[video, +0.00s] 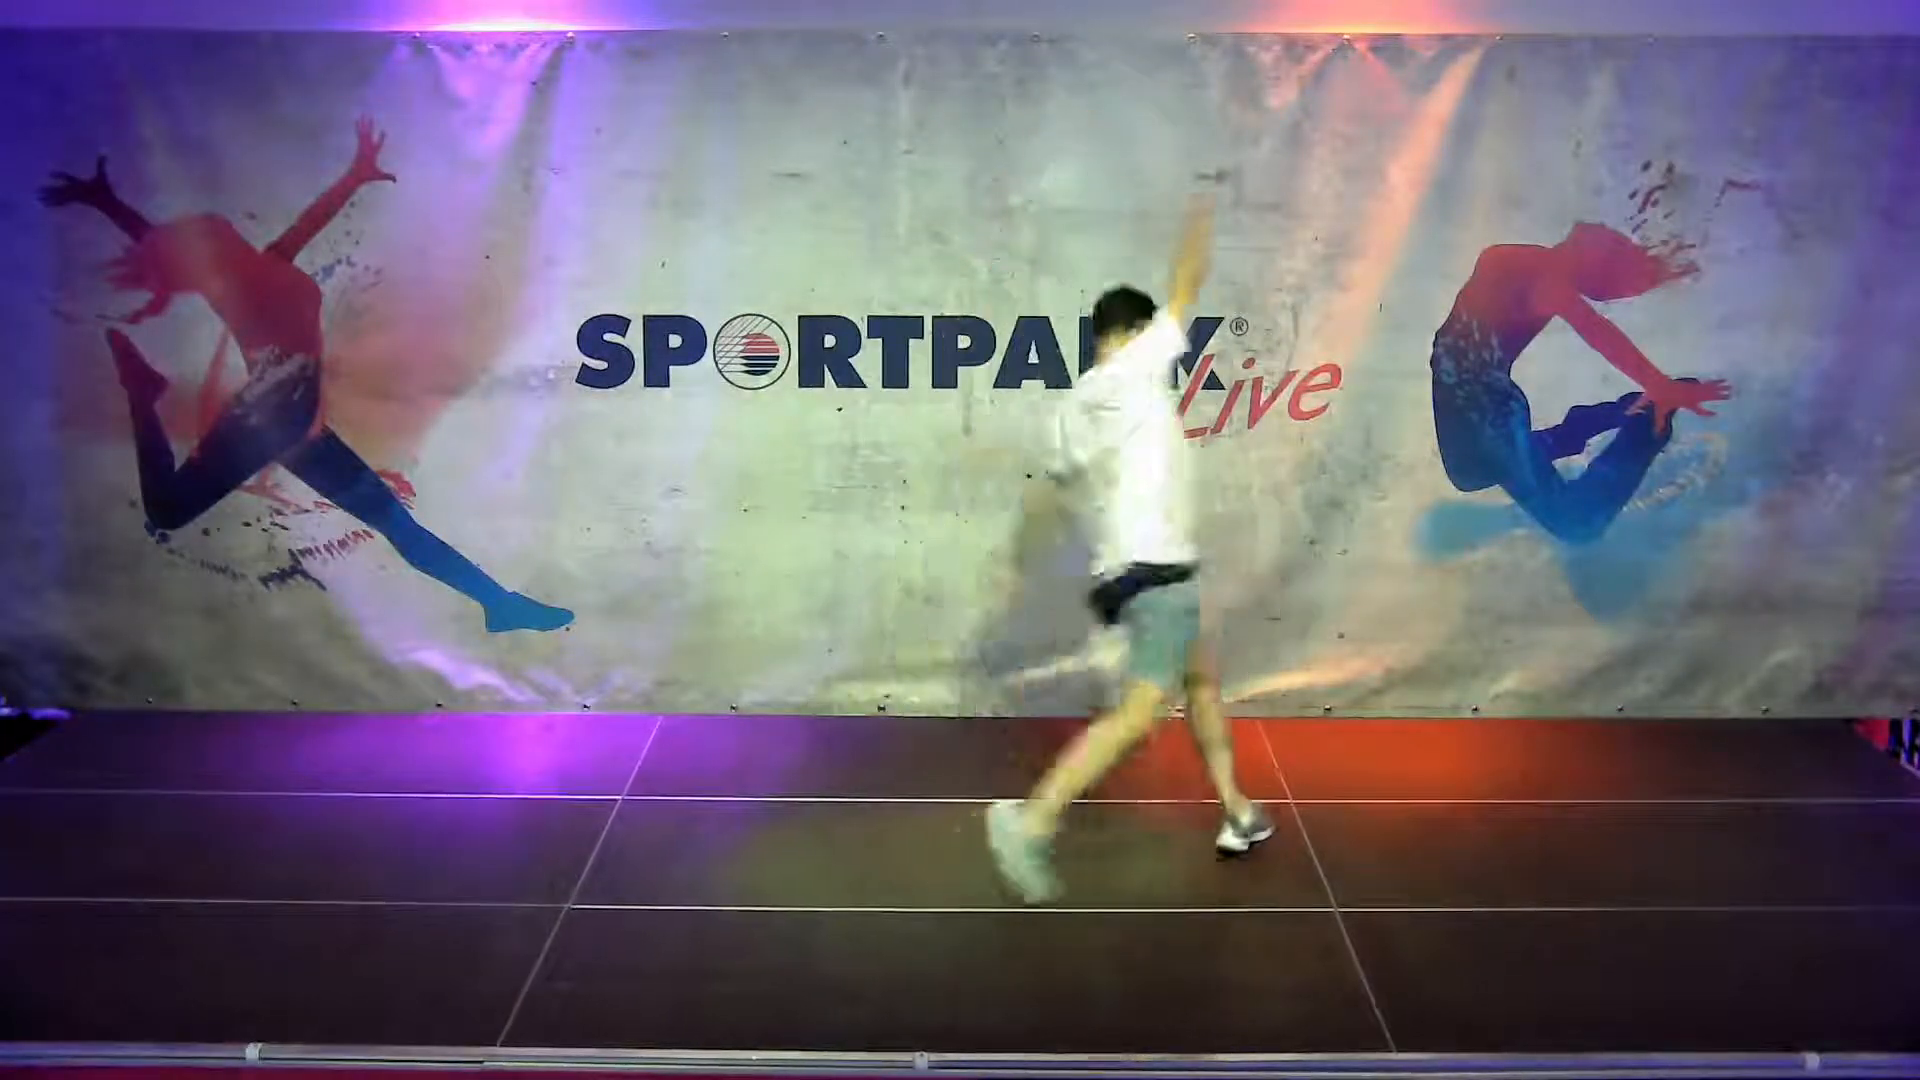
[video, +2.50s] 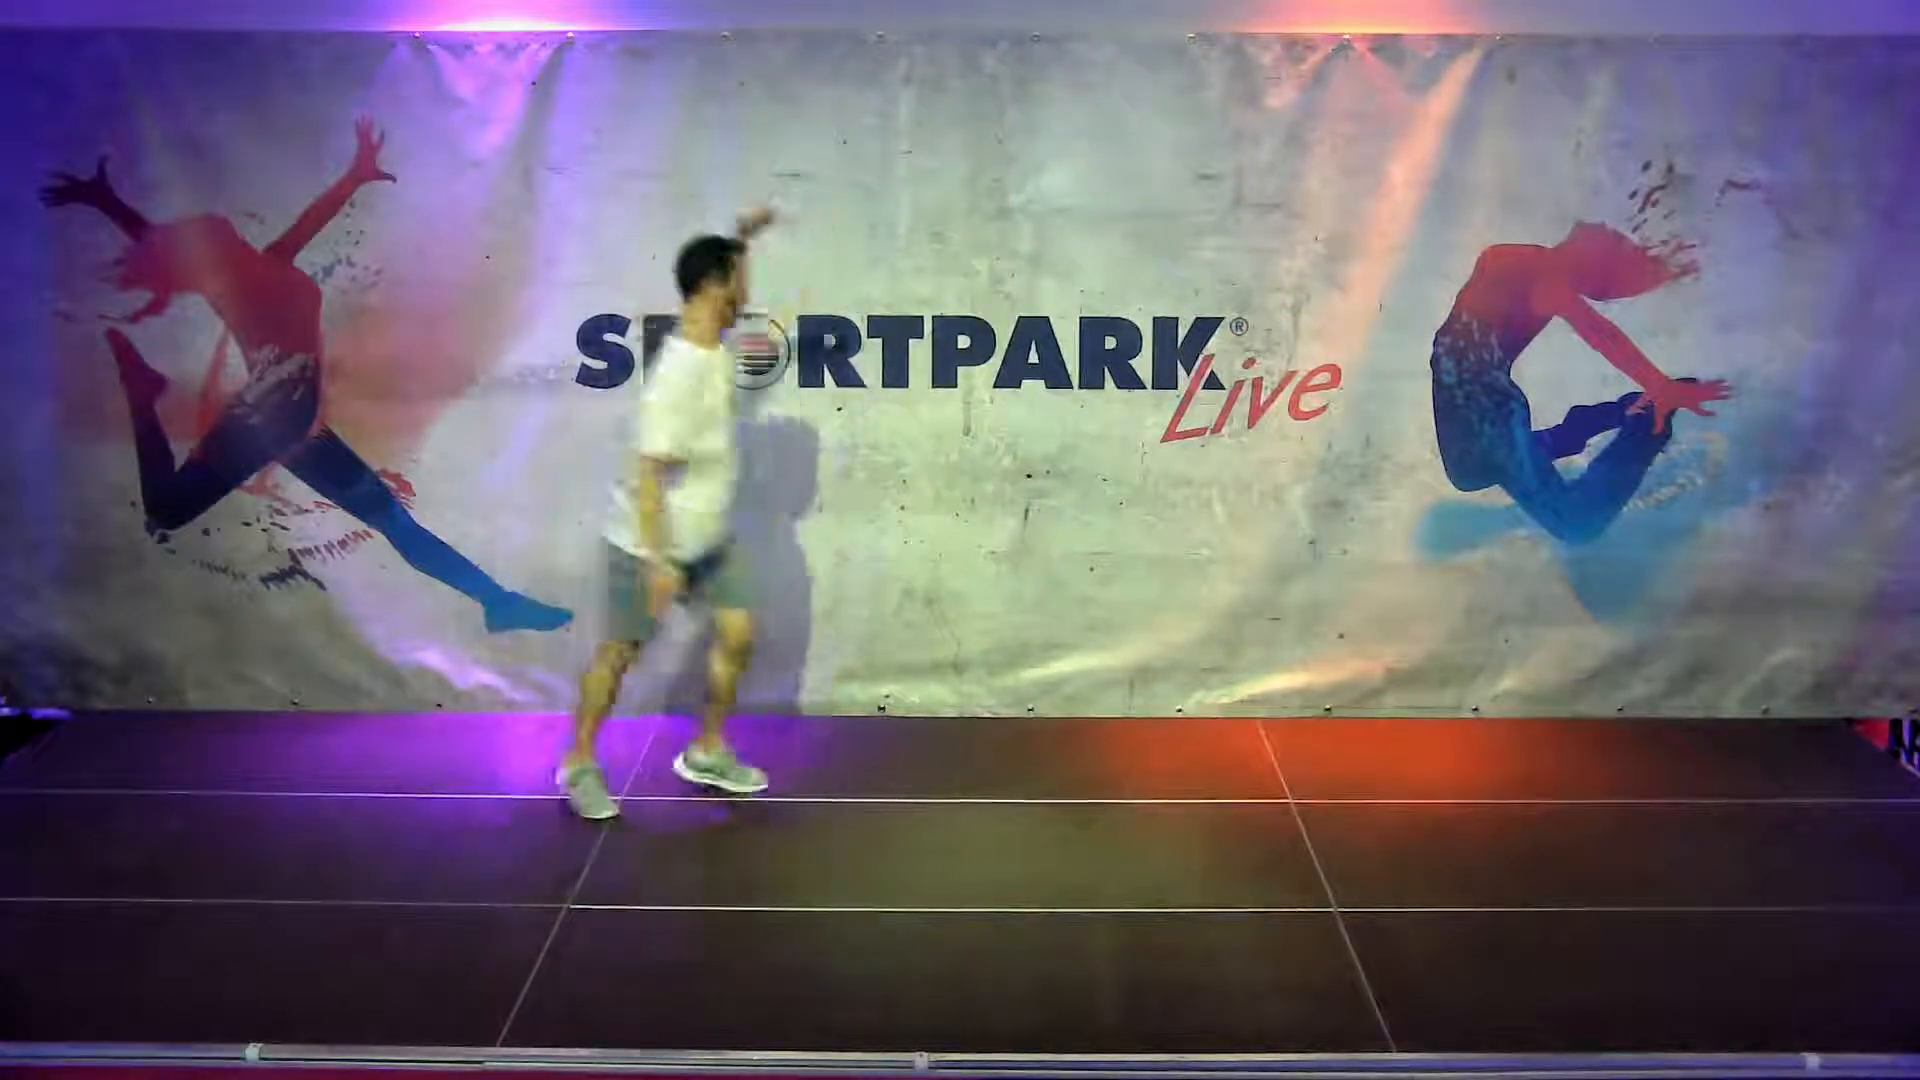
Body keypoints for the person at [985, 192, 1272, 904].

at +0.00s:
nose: (1150, 341)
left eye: (1142, 332)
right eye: (1145, 331)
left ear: (1095, 334)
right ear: (1135, 331)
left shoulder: (1071, 404)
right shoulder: (1142, 364)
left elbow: (1052, 485)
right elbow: (1185, 286)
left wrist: (1014, 563)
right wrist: (1204, 205)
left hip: (1117, 572)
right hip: (1163, 567)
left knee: (1199, 682)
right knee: (1140, 708)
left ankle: (1237, 813)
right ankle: (1029, 821)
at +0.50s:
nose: (1123, 328)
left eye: (1099, 326)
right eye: (1121, 323)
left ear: (1070, 340)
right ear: (1121, 334)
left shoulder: (1056, 380)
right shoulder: (1159, 383)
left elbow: (1025, 282)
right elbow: (1249, 341)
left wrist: (1010, 198)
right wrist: (1324, 295)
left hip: (1108, 546)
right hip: (1173, 528)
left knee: (1171, 674)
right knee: (1251, 599)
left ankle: (1247, 786)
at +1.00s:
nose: (945, 295)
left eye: (950, 284)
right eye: (934, 286)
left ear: (955, 281)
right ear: (910, 286)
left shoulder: (898, 325)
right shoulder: (929, 354)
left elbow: (916, 266)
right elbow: (981, 415)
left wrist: (911, 212)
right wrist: (996, 403)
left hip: (885, 485)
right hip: (919, 494)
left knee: (910, 606)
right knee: (963, 606)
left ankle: (891, 729)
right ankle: (993, 732)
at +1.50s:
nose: (687, 316)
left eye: (700, 307)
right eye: (681, 305)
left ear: (724, 313)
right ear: (672, 308)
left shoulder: (750, 375)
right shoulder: (646, 372)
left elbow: (817, 413)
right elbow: (571, 408)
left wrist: (879, 438)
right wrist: (494, 437)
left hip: (730, 536)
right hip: (662, 533)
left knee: (714, 652)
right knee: (625, 645)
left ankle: (740, 741)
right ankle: (650, 752)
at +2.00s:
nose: (607, 332)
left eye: (622, 325)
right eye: (606, 319)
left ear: (652, 338)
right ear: (603, 322)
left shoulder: (630, 404)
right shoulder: (611, 387)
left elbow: (602, 472)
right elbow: (574, 402)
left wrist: (507, 483)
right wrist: (513, 394)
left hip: (605, 568)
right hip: (571, 555)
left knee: (527, 681)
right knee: (492, 623)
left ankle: (556, 824)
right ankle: (575, 723)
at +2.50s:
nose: (744, 289)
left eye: (742, 277)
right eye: (737, 278)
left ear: (702, 287)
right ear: (713, 286)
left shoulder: (712, 349)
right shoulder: (677, 369)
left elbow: (728, 290)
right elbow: (650, 469)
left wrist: (745, 239)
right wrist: (658, 557)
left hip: (704, 528)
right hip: (648, 533)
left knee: (737, 632)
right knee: (619, 649)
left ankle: (709, 748)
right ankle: (580, 761)